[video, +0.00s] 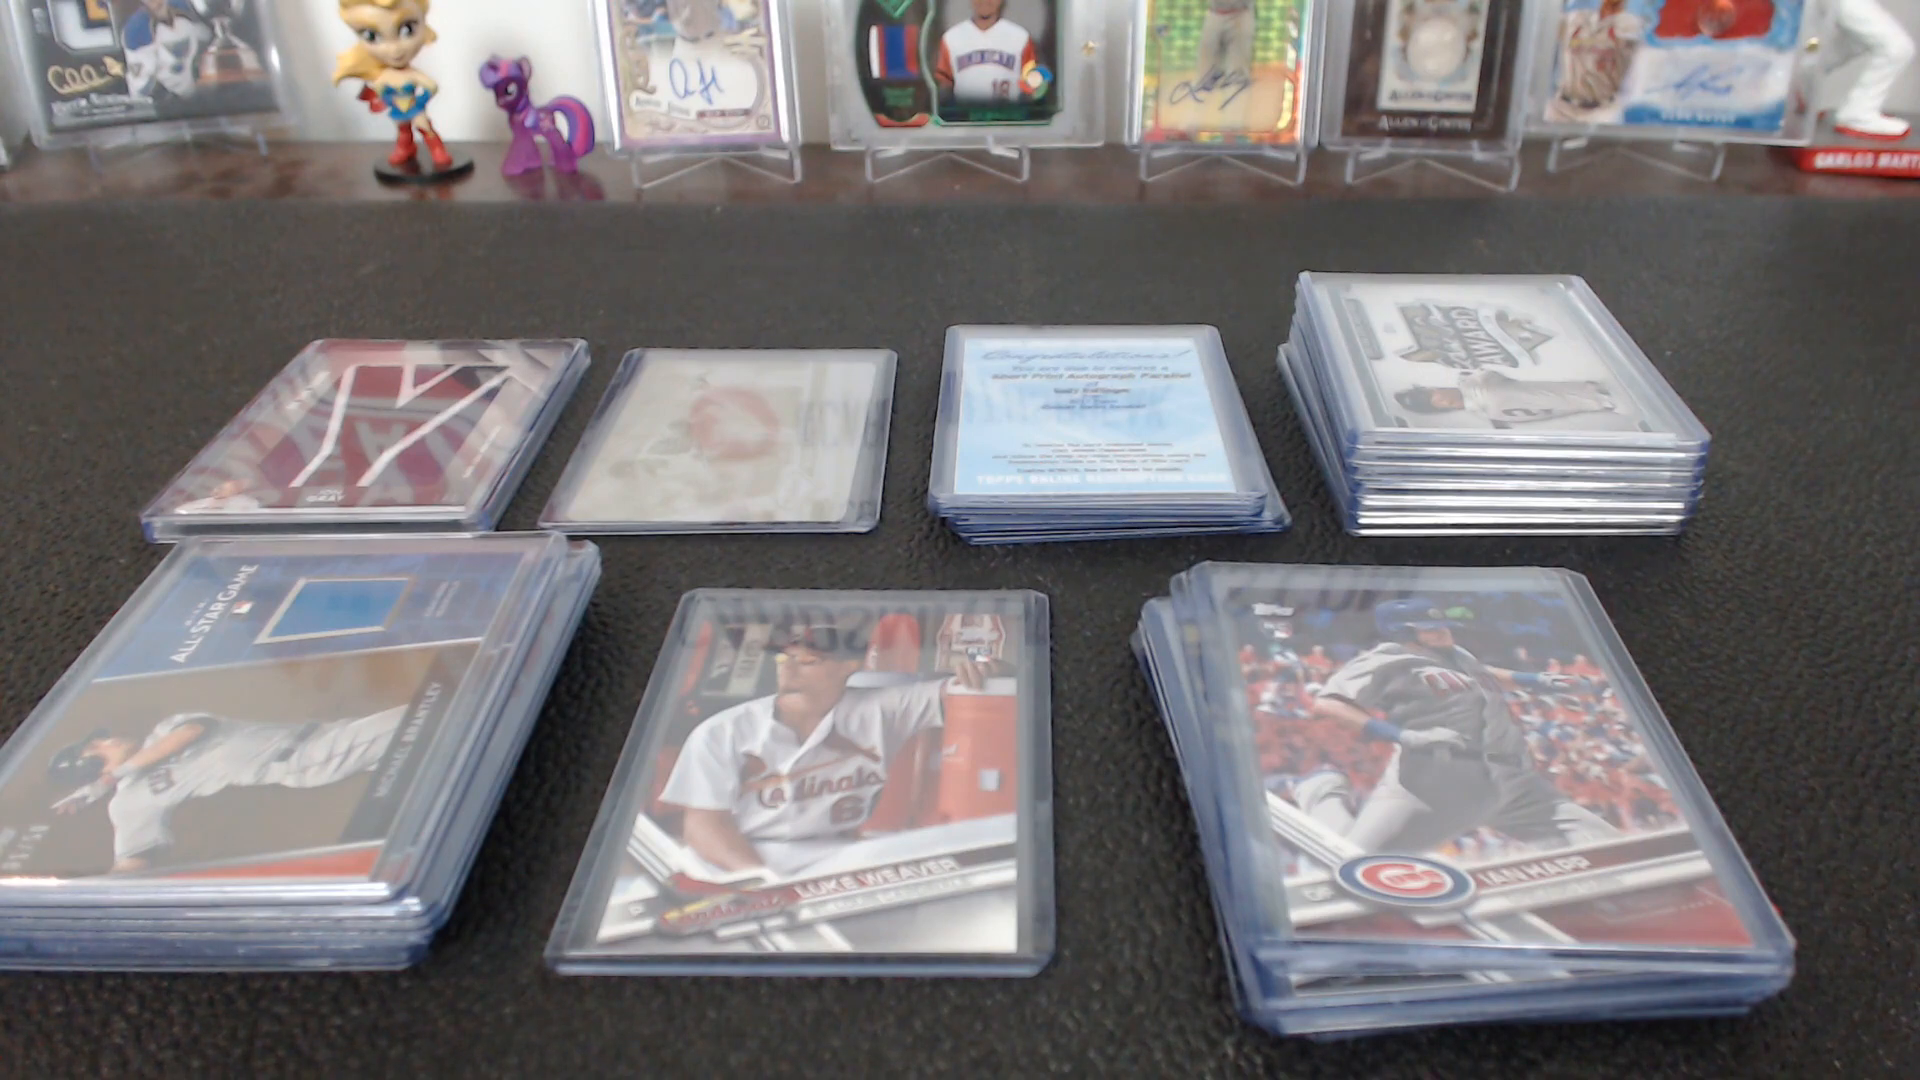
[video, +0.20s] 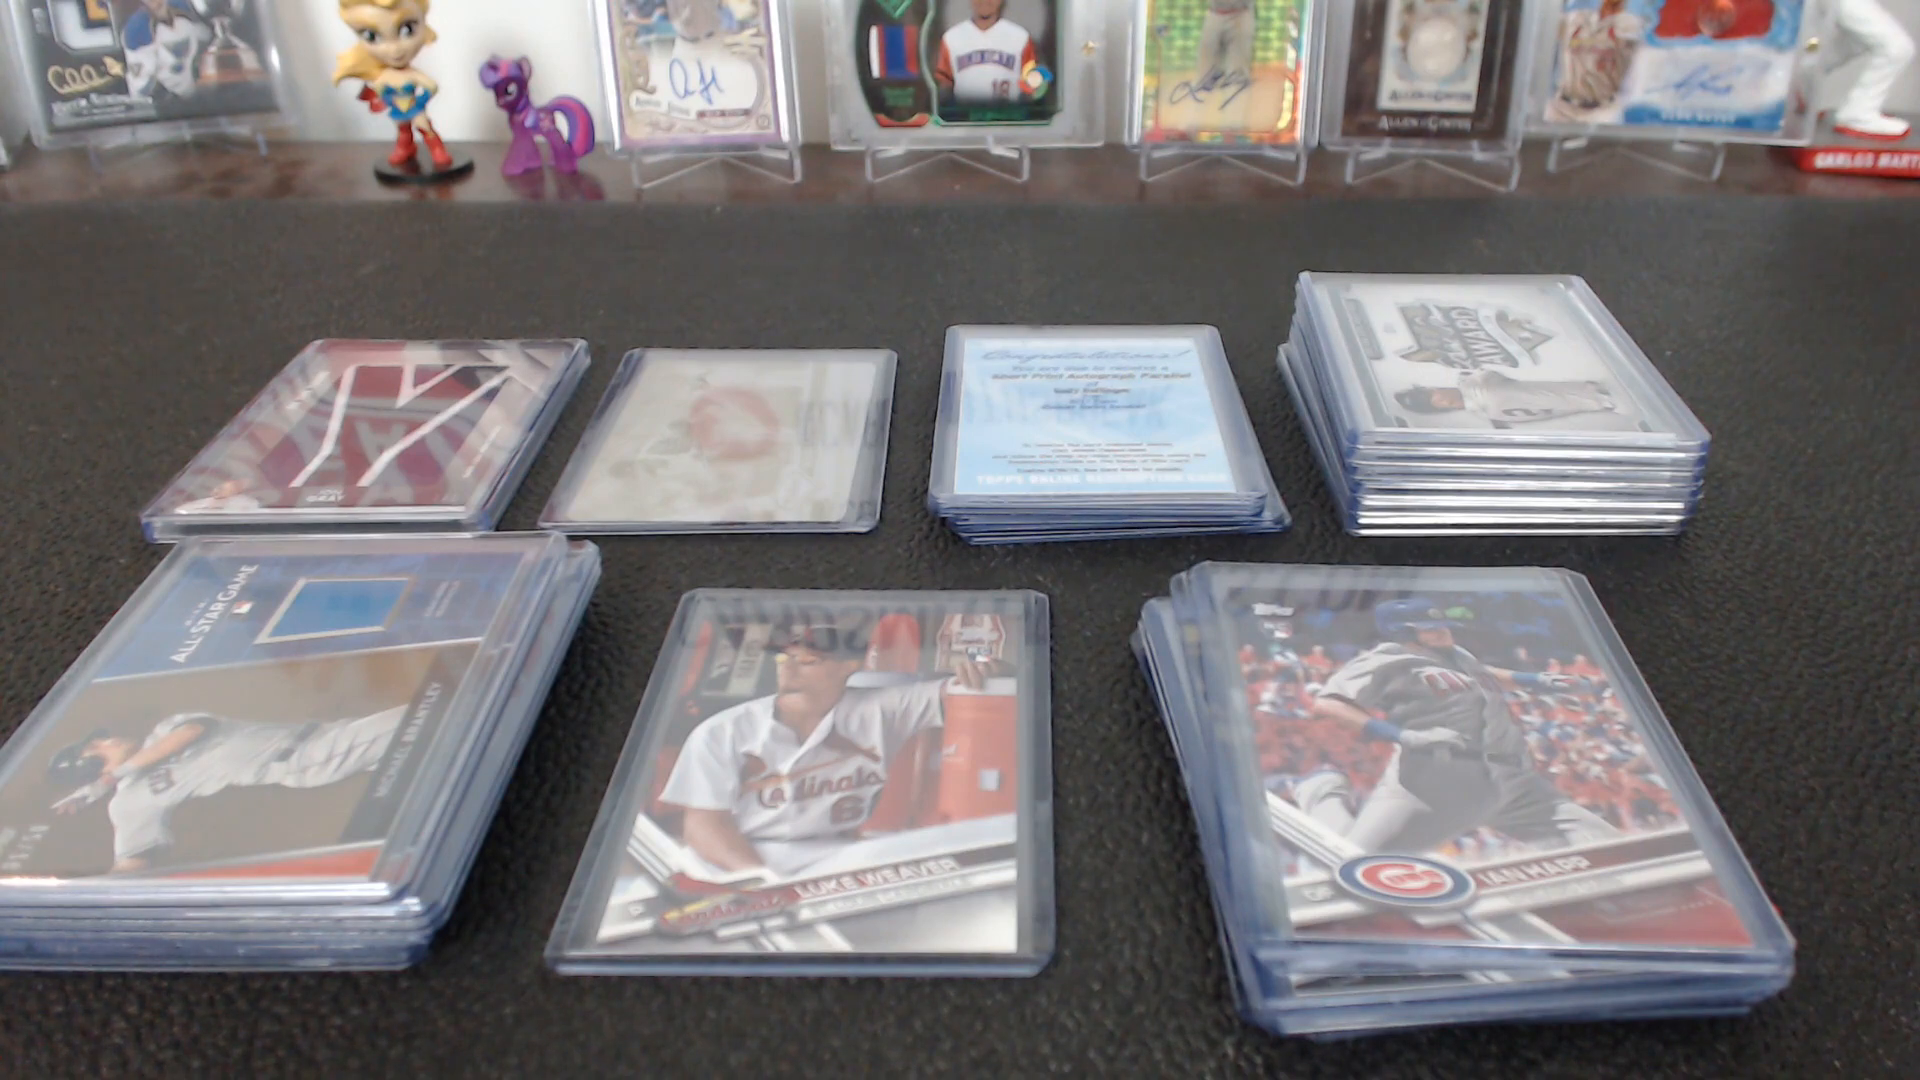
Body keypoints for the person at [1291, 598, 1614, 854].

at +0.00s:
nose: (1445, 631)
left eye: (1445, 623)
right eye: (1433, 623)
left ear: (1448, 624)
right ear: (1405, 628)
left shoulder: (1459, 657)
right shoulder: (1388, 659)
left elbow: (1490, 677)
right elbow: (1328, 704)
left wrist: (1541, 683)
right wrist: (1404, 735)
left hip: (1509, 787)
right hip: (1430, 793)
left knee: (1610, 847)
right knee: (1351, 868)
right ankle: (1321, 793)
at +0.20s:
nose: (1445, 631)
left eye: (1444, 622)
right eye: (1433, 624)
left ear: (1446, 625)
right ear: (1405, 629)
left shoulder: (1459, 657)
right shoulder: (1388, 659)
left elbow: (1490, 677)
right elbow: (1328, 704)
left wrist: (1541, 682)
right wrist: (1404, 736)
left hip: (1510, 787)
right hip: (1431, 792)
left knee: (1610, 847)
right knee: (1350, 869)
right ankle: (1322, 793)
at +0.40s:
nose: (1445, 631)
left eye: (1444, 623)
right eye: (1433, 624)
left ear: (1446, 625)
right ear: (1405, 629)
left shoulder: (1459, 657)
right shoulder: (1388, 659)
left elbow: (1490, 677)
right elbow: (1328, 704)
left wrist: (1541, 682)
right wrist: (1404, 736)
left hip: (1510, 787)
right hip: (1431, 792)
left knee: (1610, 847)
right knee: (1350, 869)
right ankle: (1322, 793)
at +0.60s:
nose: (1446, 631)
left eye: (1444, 623)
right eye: (1434, 624)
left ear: (1445, 626)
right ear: (1406, 629)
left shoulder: (1459, 657)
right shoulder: (1387, 659)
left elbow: (1491, 677)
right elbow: (1328, 704)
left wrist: (1542, 682)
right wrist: (1404, 736)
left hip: (1510, 788)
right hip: (1431, 793)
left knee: (1609, 848)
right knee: (1353, 868)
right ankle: (1322, 793)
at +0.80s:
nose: (1446, 629)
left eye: (1447, 620)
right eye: (1434, 621)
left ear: (1450, 623)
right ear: (1407, 626)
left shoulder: (1459, 656)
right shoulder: (1386, 659)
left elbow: (1491, 677)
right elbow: (1328, 705)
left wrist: (1540, 682)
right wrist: (1405, 736)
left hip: (1510, 787)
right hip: (1431, 793)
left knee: (1610, 849)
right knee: (1354, 866)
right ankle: (1321, 793)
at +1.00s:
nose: (1446, 629)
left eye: (1446, 621)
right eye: (1434, 621)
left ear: (1448, 624)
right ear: (1407, 627)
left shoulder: (1459, 657)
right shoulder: (1386, 660)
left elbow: (1490, 677)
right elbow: (1328, 705)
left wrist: (1539, 682)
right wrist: (1404, 736)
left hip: (1509, 789)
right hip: (1428, 796)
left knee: (1611, 848)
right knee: (1354, 865)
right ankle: (1321, 793)